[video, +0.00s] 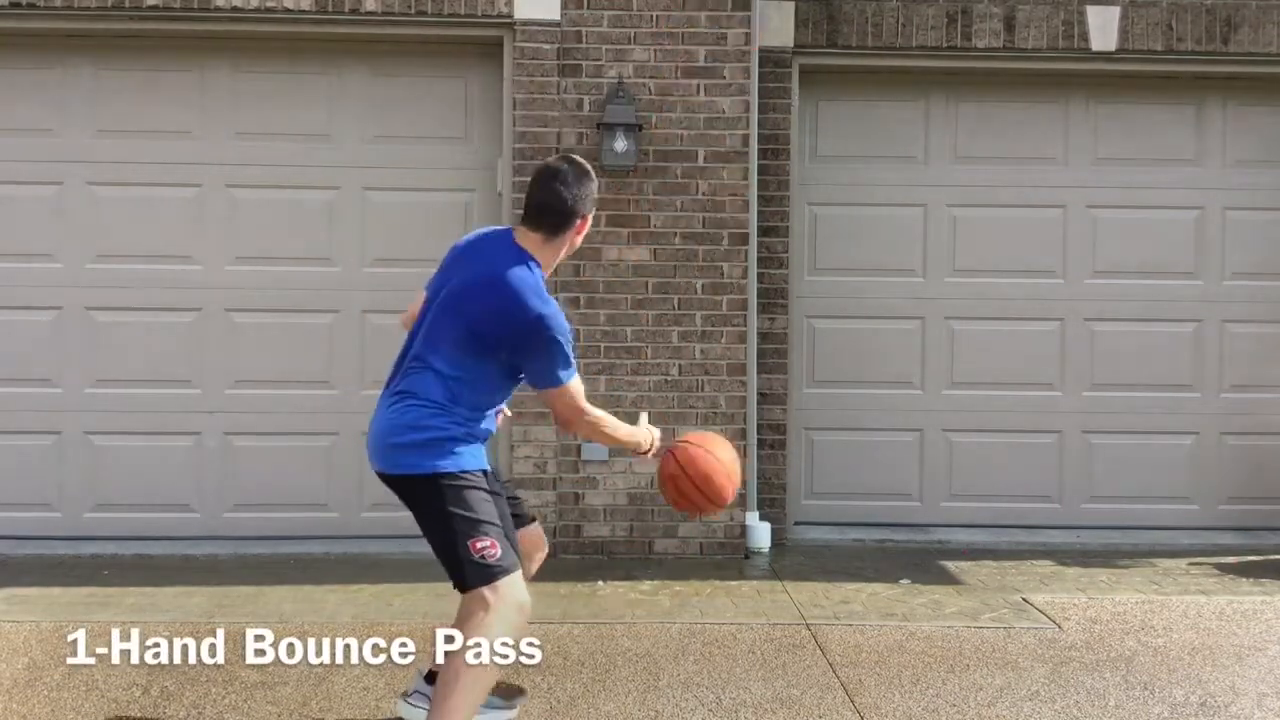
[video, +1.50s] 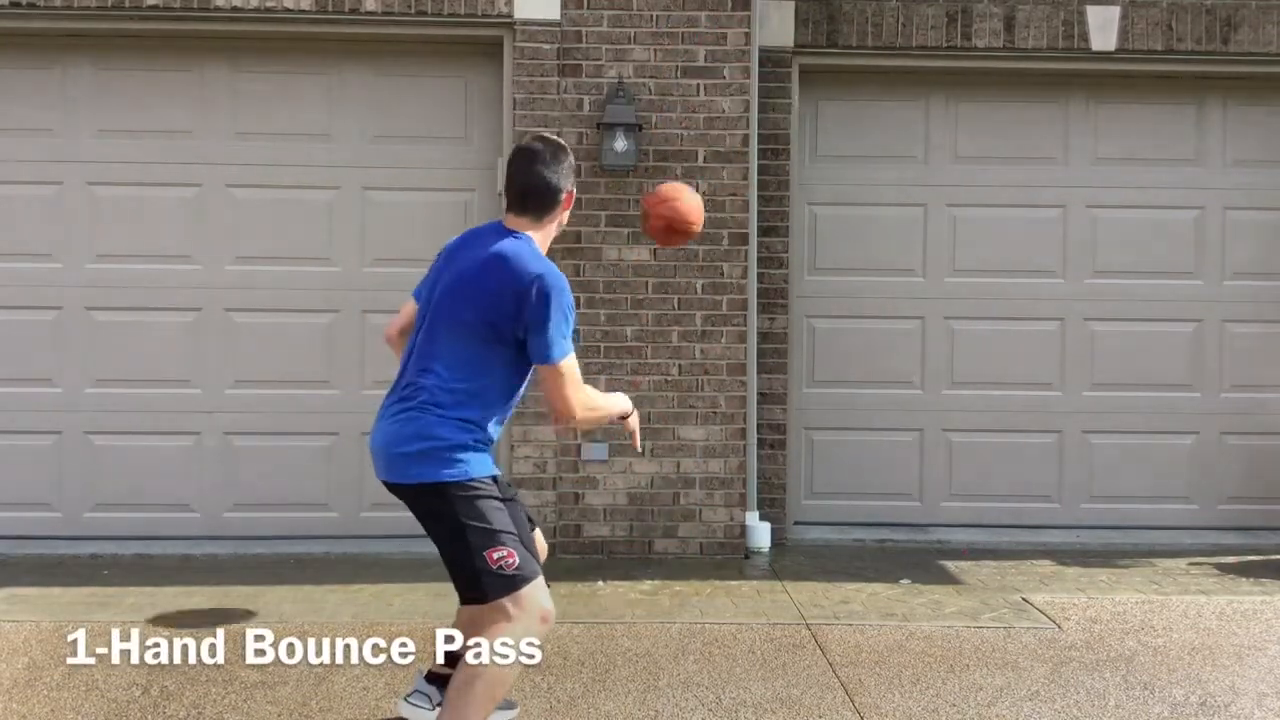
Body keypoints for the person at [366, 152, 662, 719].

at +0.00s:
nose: (590, 228)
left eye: (590, 218)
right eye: (591, 219)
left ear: (528, 203)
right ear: (581, 226)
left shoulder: (479, 244)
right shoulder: (537, 311)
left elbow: (416, 320)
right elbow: (573, 416)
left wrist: (476, 392)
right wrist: (640, 438)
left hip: (429, 434)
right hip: (432, 447)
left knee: (529, 546)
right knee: (500, 596)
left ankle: (440, 681)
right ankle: (448, 708)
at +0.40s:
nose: (578, 204)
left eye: (574, 194)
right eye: (578, 195)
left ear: (513, 190)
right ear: (570, 202)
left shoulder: (471, 245)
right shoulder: (537, 274)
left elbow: (420, 345)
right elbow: (571, 398)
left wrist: (483, 426)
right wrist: (629, 398)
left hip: (411, 432)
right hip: (439, 443)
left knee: (526, 549)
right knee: (511, 612)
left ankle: (440, 684)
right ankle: (450, 711)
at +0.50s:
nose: (570, 186)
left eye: (568, 176)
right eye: (570, 176)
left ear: (505, 176)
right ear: (561, 182)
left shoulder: (468, 235)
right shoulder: (539, 253)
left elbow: (425, 337)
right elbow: (630, 336)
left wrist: (487, 415)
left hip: (418, 427)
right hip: (441, 439)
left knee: (519, 547)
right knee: (518, 608)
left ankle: (439, 684)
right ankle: (456, 712)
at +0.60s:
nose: (569, 165)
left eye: (567, 155)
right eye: (567, 155)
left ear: (499, 161)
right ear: (555, 162)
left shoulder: (474, 215)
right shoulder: (532, 218)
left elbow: (437, 328)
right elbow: (664, 240)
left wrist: (486, 401)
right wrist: (709, 166)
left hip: (431, 421)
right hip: (441, 430)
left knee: (516, 547)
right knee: (514, 603)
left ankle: (443, 683)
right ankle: (454, 712)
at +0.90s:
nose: (584, 189)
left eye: (583, 178)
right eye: (585, 178)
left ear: (517, 175)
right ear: (572, 184)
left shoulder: (501, 232)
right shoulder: (508, 238)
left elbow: (426, 307)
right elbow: (608, 289)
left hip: (456, 430)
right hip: (434, 433)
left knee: (530, 551)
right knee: (504, 597)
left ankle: (440, 680)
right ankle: (449, 710)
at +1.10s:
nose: (584, 223)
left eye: (584, 213)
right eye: (586, 213)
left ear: (520, 201)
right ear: (577, 219)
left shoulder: (475, 246)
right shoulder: (546, 312)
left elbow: (411, 326)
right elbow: (586, 411)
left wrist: (458, 385)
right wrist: (630, 449)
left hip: (405, 441)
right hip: (436, 456)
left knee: (530, 543)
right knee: (516, 618)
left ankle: (445, 681)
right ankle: (455, 711)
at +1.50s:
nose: (573, 204)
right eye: (574, 195)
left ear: (508, 190)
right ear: (567, 202)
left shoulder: (463, 245)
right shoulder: (542, 281)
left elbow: (399, 332)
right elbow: (569, 409)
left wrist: (450, 386)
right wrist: (622, 403)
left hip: (405, 441)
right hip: (444, 452)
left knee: (527, 545)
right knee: (528, 613)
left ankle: (441, 684)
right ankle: (457, 712)